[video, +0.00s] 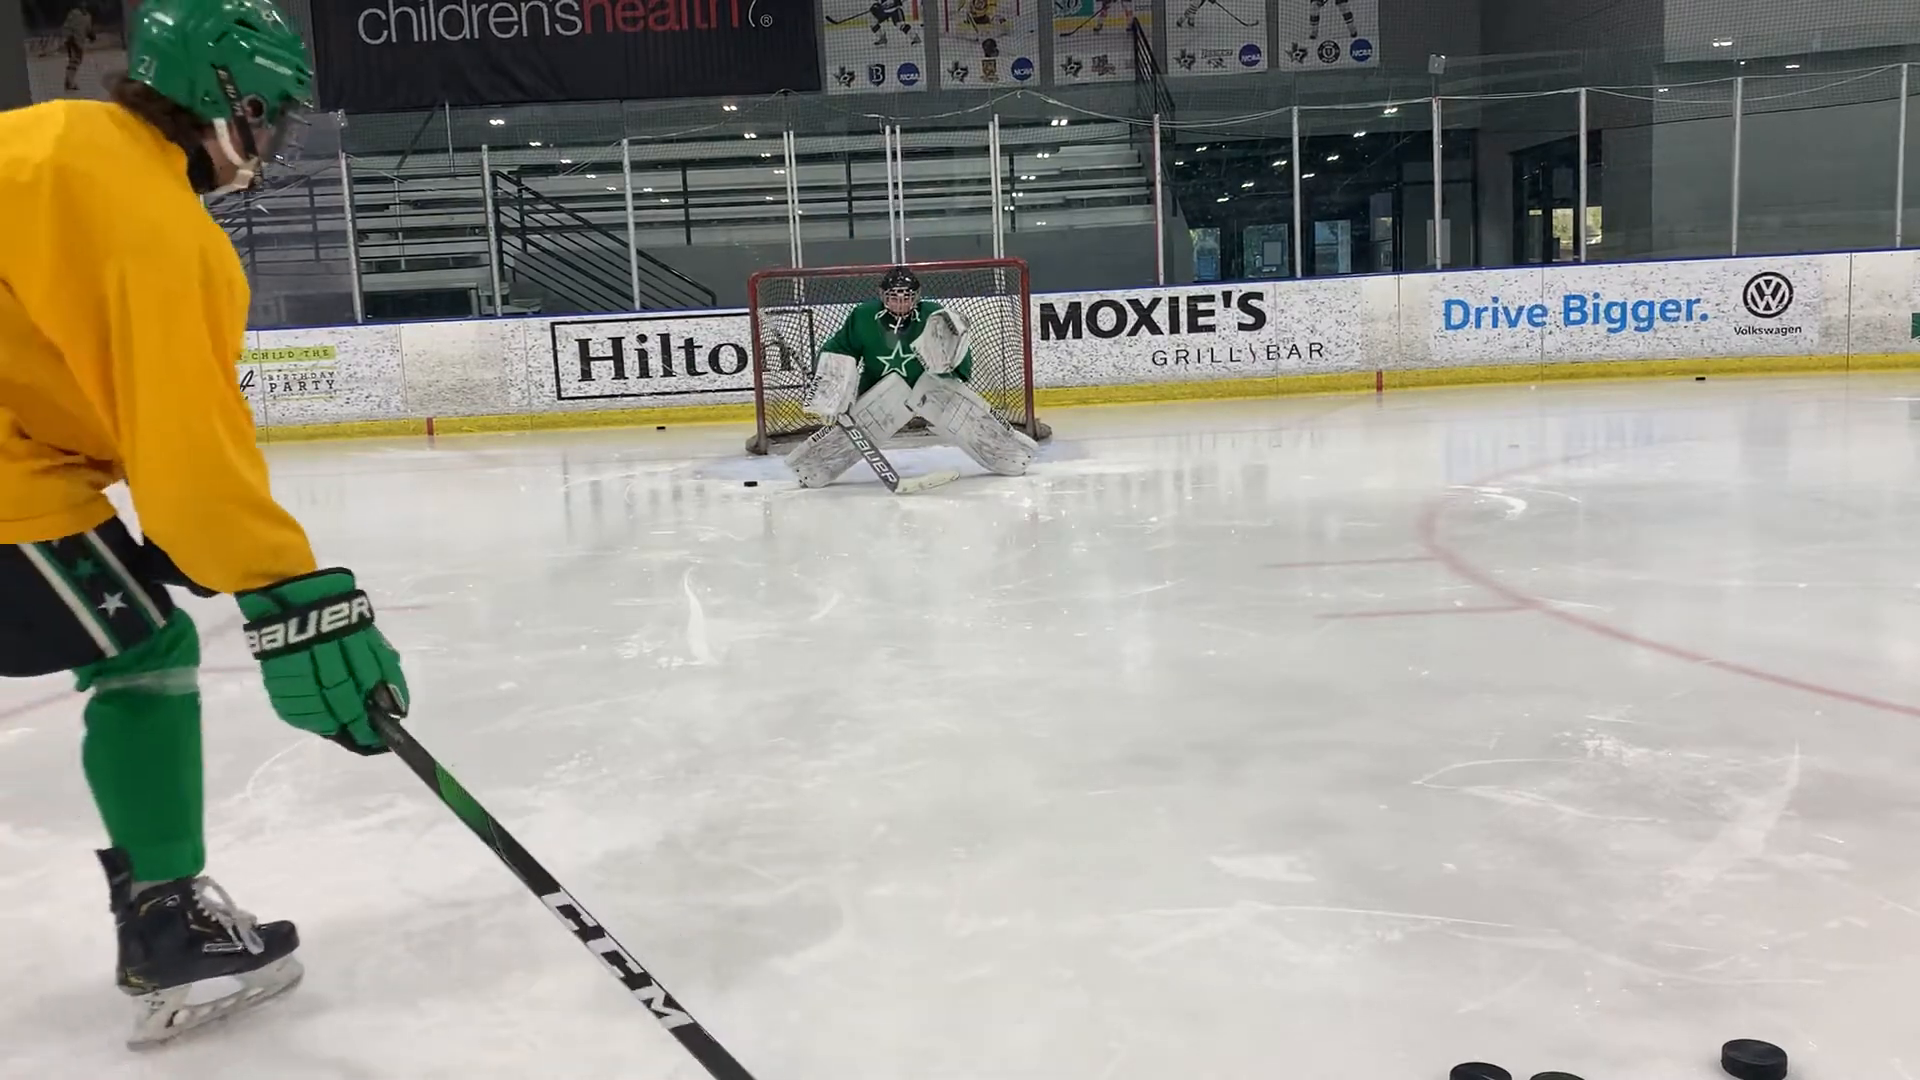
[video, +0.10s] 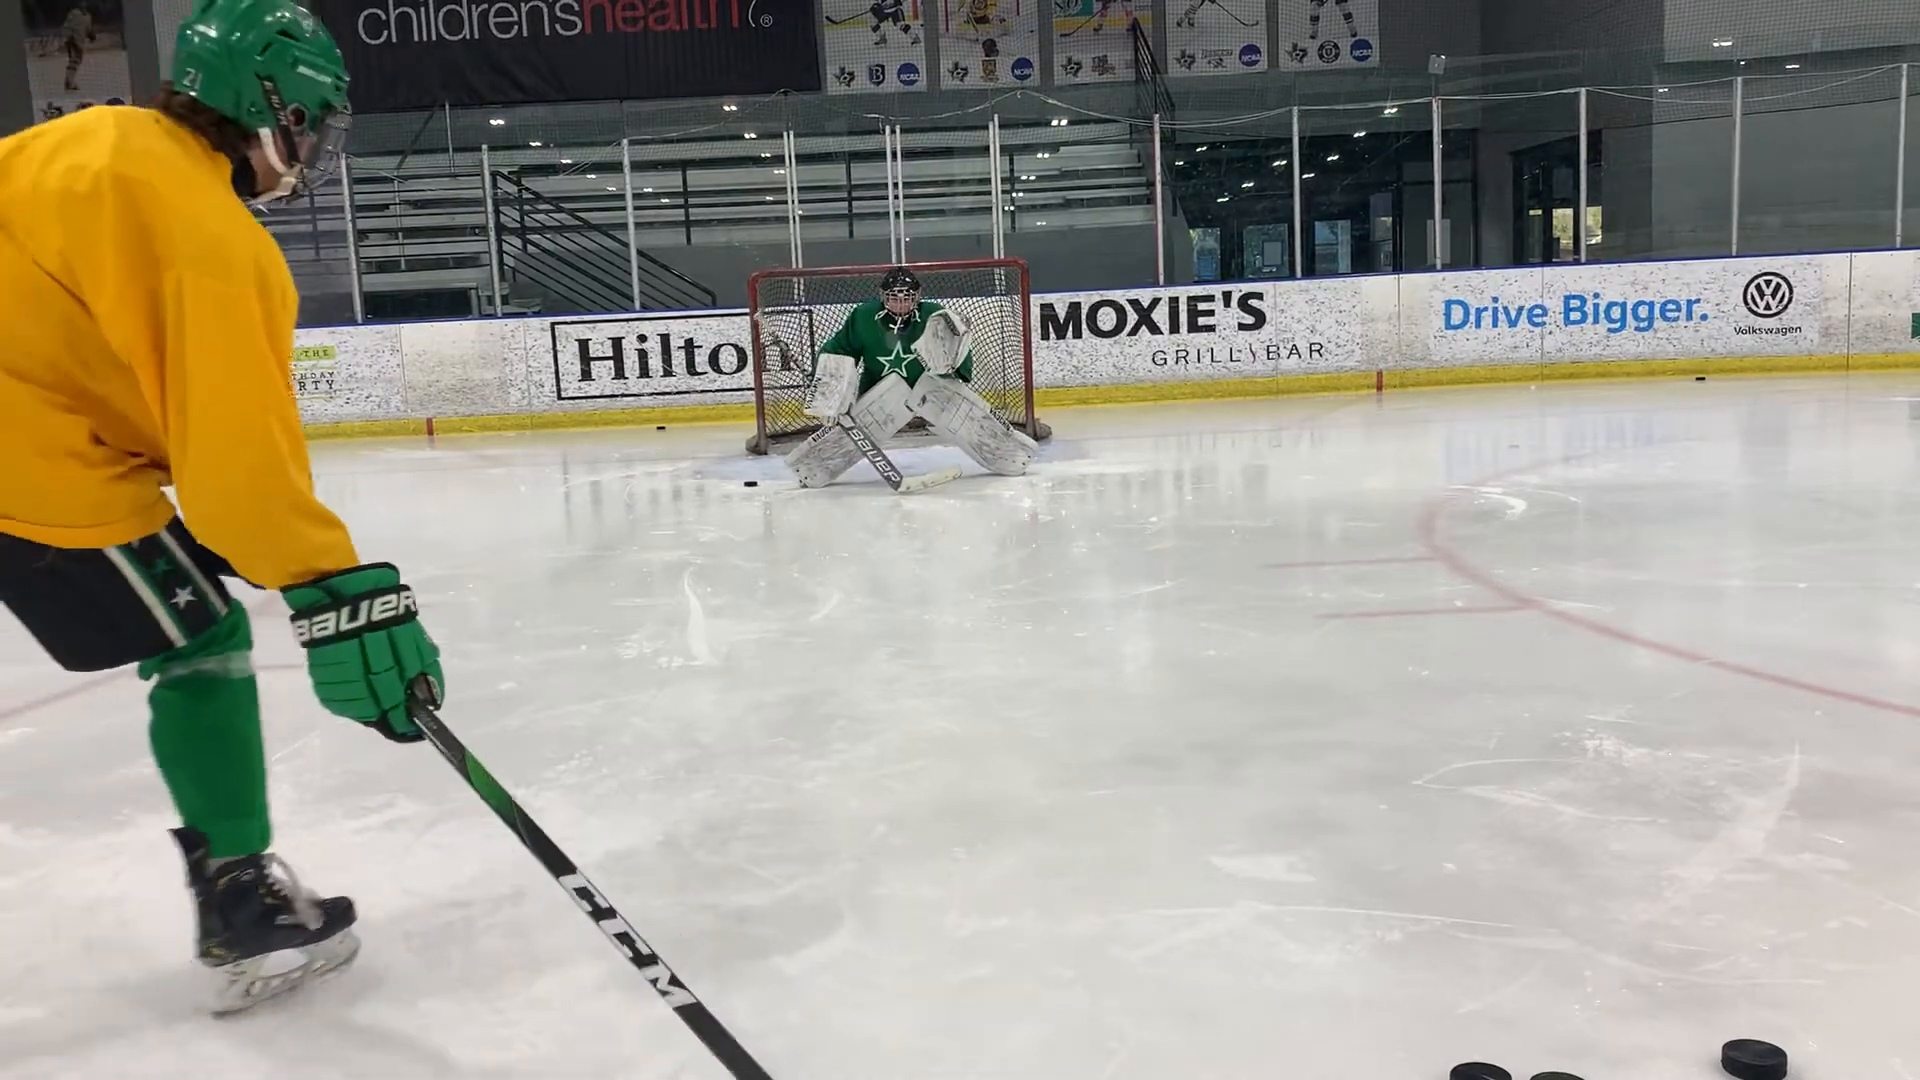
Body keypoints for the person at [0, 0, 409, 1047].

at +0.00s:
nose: (270, 150)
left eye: (278, 125)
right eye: (267, 121)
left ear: (158, 86)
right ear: (220, 106)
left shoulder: (47, 134)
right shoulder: (164, 233)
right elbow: (193, 459)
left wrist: (121, 517)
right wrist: (300, 609)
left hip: (12, 473)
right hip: (11, 485)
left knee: (132, 650)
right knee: (147, 650)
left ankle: (155, 910)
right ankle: (167, 921)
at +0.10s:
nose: (312, 157)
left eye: (319, 131)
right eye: (308, 129)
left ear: (204, 94)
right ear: (261, 114)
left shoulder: (105, 136)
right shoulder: (210, 237)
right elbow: (242, 464)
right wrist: (345, 602)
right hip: (32, 453)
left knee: (190, 629)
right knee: (200, 633)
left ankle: (232, 888)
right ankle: (240, 903)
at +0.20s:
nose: (358, 146)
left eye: (366, 120)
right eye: (357, 116)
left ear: (245, 77)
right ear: (309, 95)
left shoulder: (129, 129)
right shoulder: (241, 196)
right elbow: (254, 412)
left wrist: (223, 504)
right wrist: (336, 550)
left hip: (6, 438)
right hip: (98, 453)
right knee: (248, 635)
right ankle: (324, 857)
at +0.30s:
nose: (401, 152)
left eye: (407, 125)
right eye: (400, 120)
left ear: (283, 79)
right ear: (360, 101)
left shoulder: (142, 88)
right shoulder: (347, 229)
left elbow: (60, 175)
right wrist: (430, 428)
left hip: (19, 423)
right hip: (194, 469)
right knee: (292, 666)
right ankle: (379, 851)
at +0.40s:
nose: (417, 139)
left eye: (424, 115)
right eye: (417, 112)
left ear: (301, 66)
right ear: (388, 98)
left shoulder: (153, 87)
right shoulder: (389, 226)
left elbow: (55, 234)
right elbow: (347, 344)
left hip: (45, 441)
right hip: (240, 480)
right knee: (319, 687)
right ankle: (480, 838)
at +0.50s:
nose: (394, 128)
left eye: (401, 107)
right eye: (396, 105)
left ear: (277, 53)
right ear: (367, 87)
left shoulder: (136, 80)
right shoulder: (373, 197)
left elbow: (17, 235)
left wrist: (46, 346)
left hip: (89, 449)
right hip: (277, 475)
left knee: (0, 666)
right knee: (333, 697)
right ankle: (500, 850)